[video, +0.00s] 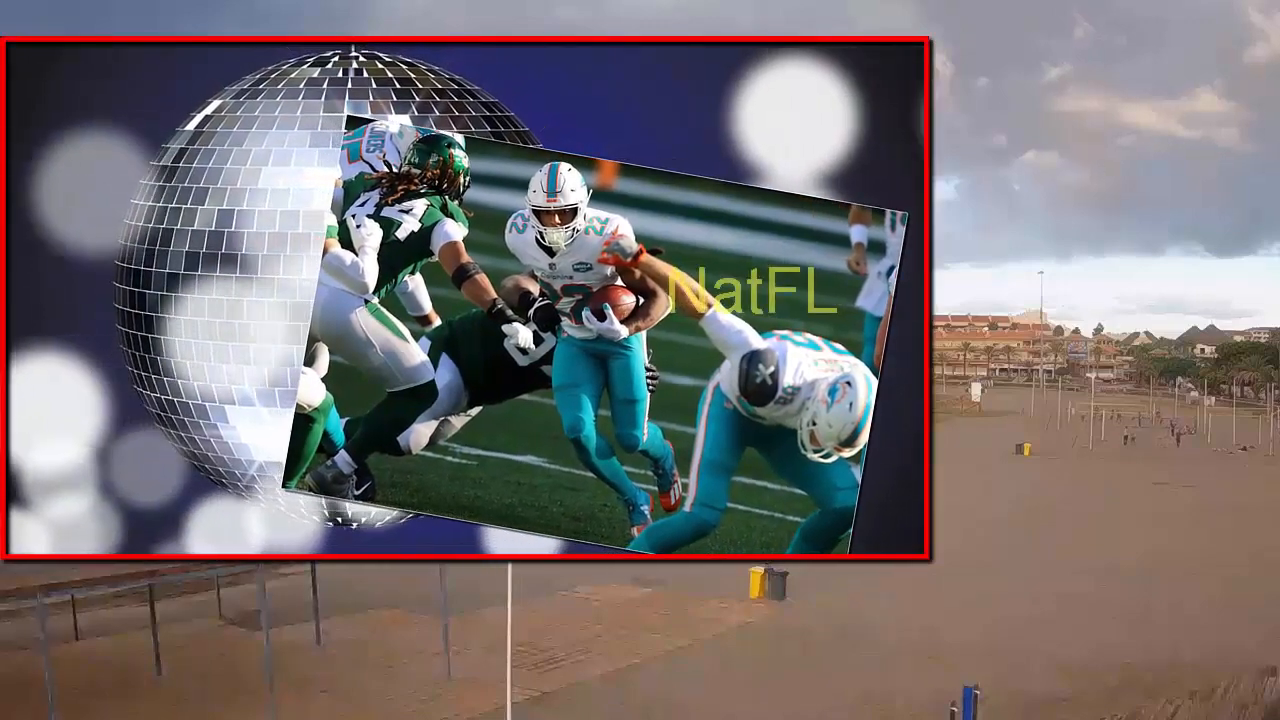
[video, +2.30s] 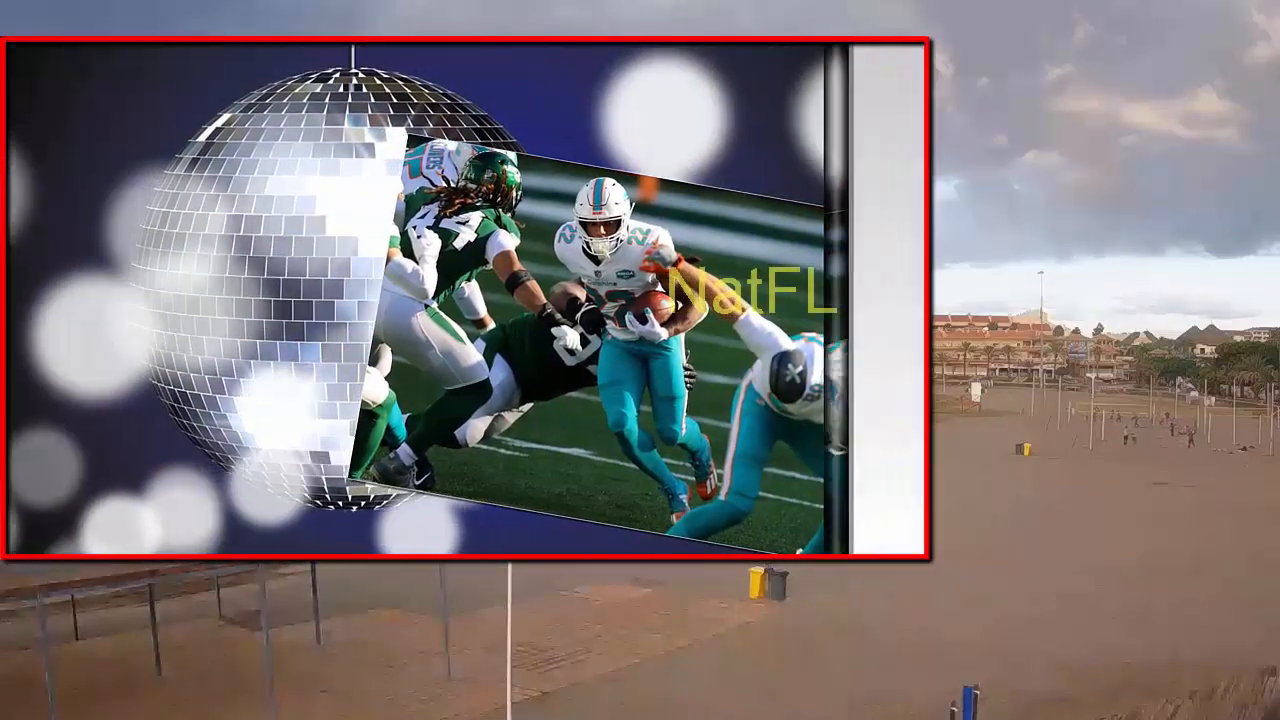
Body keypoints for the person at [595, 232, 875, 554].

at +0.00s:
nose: (822, 455)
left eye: (835, 452)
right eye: (818, 442)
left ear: (861, 429)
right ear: (810, 409)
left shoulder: (872, 413)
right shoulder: (763, 366)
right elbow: (700, 303)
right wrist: (639, 258)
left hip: (788, 424)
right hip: (733, 401)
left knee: (845, 503)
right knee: (704, 515)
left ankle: (785, 581)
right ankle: (622, 568)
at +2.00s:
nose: (843, 448)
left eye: (856, 445)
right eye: (840, 437)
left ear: (879, 426)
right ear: (833, 406)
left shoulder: (889, 409)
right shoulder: (793, 372)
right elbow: (729, 307)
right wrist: (674, 264)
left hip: (810, 420)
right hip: (759, 398)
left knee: (865, 494)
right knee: (733, 506)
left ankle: (805, 563)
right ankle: (657, 553)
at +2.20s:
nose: (845, 446)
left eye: (855, 442)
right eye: (843, 438)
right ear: (839, 408)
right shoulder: (799, 377)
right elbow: (733, 307)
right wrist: (675, 264)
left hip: (812, 418)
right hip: (762, 397)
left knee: (860, 497)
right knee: (735, 504)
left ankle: (805, 564)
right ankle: (660, 551)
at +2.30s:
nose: (781, 407)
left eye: (789, 405)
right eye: (777, 401)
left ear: (818, 395)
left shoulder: (842, 398)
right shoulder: (779, 351)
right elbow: (730, 304)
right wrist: (677, 264)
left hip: (811, 420)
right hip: (762, 397)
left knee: (851, 497)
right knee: (737, 504)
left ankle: (805, 562)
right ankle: (664, 548)